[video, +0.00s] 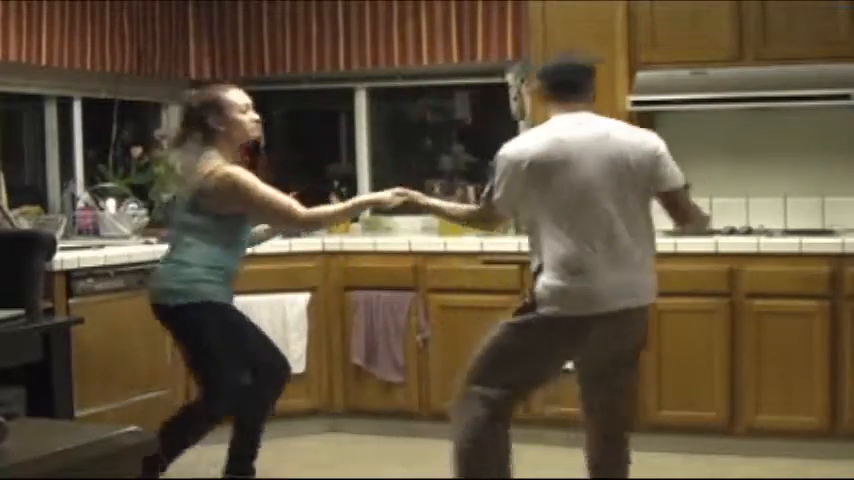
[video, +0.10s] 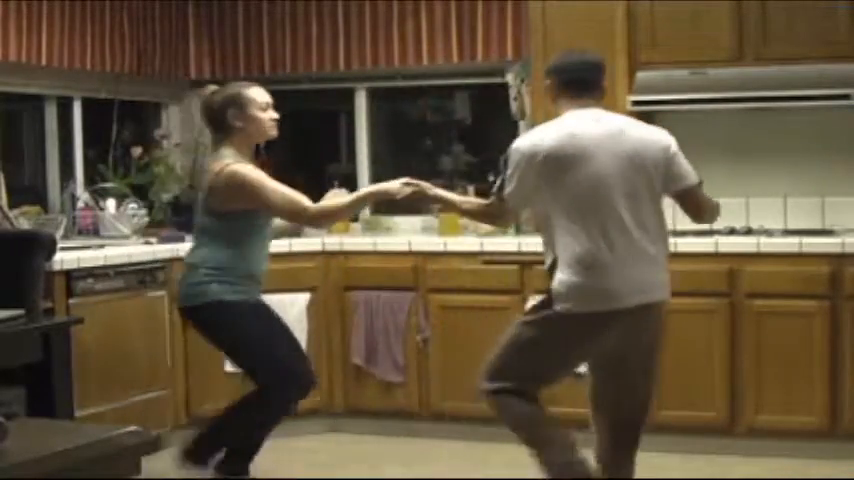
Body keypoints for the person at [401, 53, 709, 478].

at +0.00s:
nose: (529, 104)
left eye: (531, 96)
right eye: (531, 96)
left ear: (542, 96)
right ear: (589, 94)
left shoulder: (522, 152)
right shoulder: (642, 143)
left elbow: (487, 217)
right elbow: (687, 216)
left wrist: (418, 200)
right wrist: (704, 221)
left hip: (563, 309)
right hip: (630, 307)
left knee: (483, 397)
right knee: (610, 433)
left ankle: (485, 475)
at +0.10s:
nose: (546, 95)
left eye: (546, 90)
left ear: (552, 90)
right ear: (603, 89)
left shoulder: (536, 146)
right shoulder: (653, 140)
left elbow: (497, 213)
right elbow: (703, 211)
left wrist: (430, 193)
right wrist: (703, 198)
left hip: (580, 302)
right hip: (647, 300)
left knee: (505, 386)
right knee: (620, 439)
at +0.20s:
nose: (545, 97)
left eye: (546, 91)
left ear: (553, 92)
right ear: (603, 89)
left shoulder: (541, 142)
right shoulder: (653, 139)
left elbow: (505, 216)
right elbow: (699, 209)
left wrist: (445, 198)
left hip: (588, 306)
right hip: (653, 301)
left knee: (520, 402)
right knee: (622, 435)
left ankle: (602, 470)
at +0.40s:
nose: (523, 96)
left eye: (525, 88)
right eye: (524, 89)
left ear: (536, 86)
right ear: (583, 87)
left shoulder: (535, 128)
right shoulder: (627, 133)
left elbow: (522, 218)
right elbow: (661, 210)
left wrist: (477, 204)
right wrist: (602, 213)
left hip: (588, 300)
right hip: (641, 293)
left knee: (577, 424)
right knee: (620, 414)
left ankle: (598, 473)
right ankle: (617, 471)